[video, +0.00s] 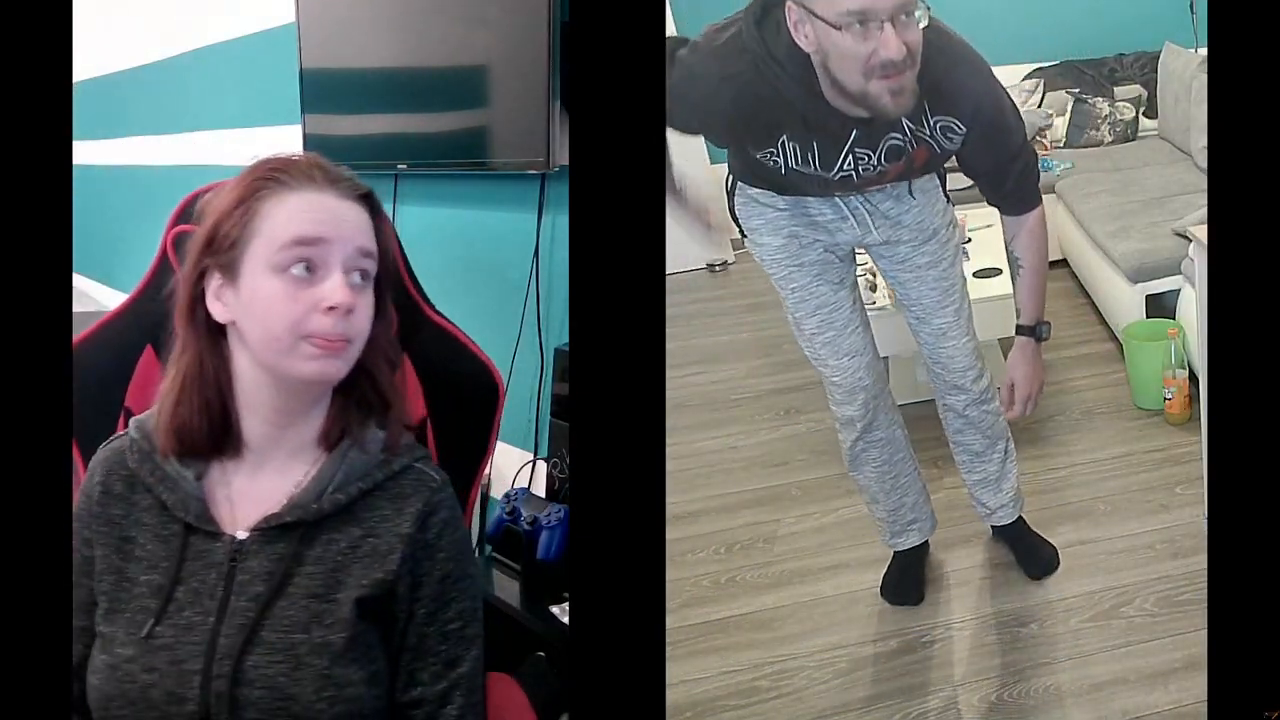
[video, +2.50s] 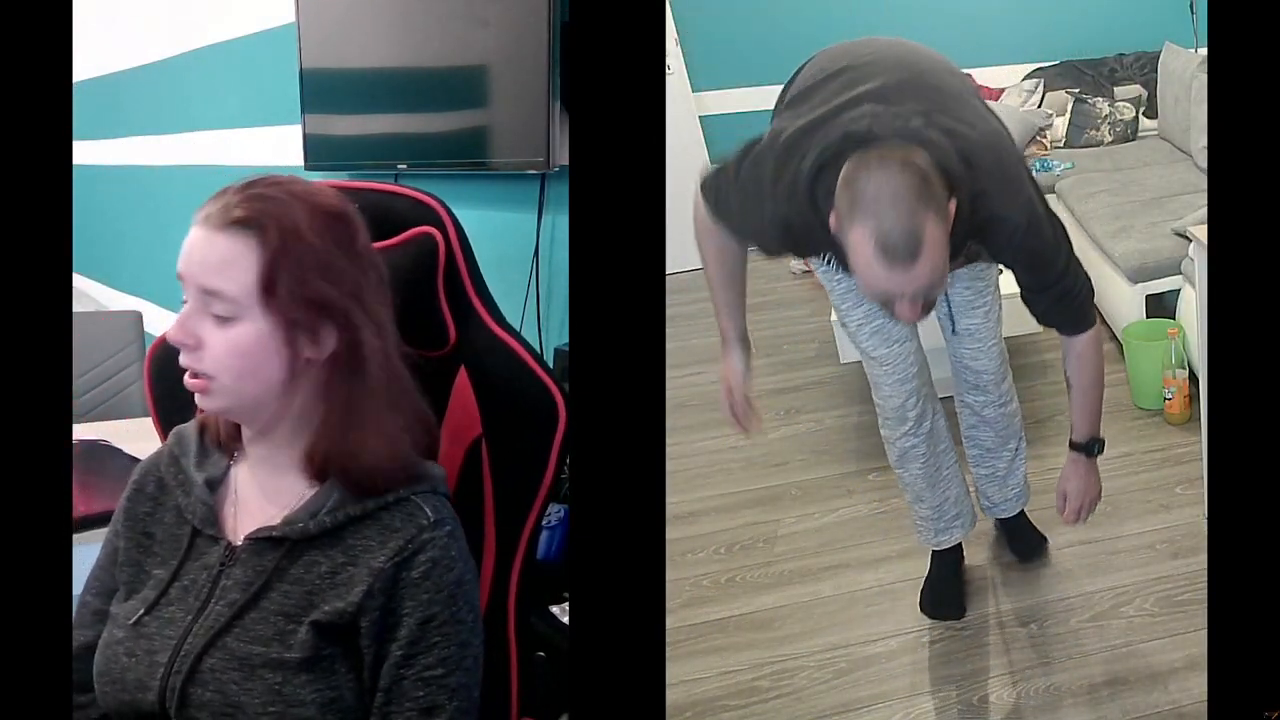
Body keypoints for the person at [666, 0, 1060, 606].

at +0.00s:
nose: (895, 48)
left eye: (906, 17)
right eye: (861, 25)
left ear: (922, 10)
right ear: (802, 27)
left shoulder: (961, 81)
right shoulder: (727, 76)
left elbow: (1022, 202)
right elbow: (668, 100)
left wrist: (1030, 335)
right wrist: (679, 192)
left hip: (909, 189)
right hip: (785, 203)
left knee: (959, 363)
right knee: (854, 386)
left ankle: (1004, 511)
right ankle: (908, 535)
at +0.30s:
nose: (890, 87)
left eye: (901, 55)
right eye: (855, 65)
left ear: (916, 41)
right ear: (802, 65)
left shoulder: (958, 100)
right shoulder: (730, 85)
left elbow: (1029, 221)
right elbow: (679, 14)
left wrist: (1052, 355)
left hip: (917, 190)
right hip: (792, 204)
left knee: (965, 365)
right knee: (857, 390)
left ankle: (1003, 511)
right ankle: (909, 537)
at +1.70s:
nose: (961, 126)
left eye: (982, 96)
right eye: (934, 96)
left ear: (997, 74)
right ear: (888, 79)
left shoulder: (1033, 134)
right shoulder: (814, 77)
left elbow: (1080, 261)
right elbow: (752, 1)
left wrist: (1086, 393)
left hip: (978, 196)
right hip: (856, 185)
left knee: (994, 363)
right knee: (891, 371)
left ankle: (1007, 512)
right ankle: (911, 532)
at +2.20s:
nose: (948, 211)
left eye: (968, 182)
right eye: (924, 186)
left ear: (988, 134)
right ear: (879, 145)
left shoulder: (1025, 150)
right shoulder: (813, 134)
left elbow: (1087, 276)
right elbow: (739, 23)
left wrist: (1097, 403)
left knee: (997, 354)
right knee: (915, 366)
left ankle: (1010, 516)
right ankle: (946, 541)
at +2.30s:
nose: (939, 238)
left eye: (958, 210)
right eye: (913, 213)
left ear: (977, 147)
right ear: (868, 166)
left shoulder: (1017, 161)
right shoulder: (805, 158)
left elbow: (1083, 285)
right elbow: (715, 34)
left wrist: (1094, 412)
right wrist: (712, 23)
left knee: (991, 355)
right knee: (911, 370)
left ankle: (1010, 516)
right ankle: (945, 542)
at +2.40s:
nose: (922, 280)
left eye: (939, 248)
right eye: (896, 251)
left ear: (965, 182)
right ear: (852, 191)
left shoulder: (1015, 186)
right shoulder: (796, 183)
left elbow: (1080, 306)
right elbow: (706, 117)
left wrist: (1091, 431)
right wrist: (731, 265)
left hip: (950, 78)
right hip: (821, 85)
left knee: (986, 364)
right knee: (903, 377)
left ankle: (1009, 514)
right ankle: (944, 541)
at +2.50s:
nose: (911, 315)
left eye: (927, 291)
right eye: (886, 298)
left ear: (949, 217)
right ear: (837, 229)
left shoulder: (1005, 203)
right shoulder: (781, 196)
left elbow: (1080, 322)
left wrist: (1084, 451)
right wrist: (733, 345)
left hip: (938, 79)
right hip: (812, 89)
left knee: (983, 364)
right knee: (899, 386)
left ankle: (1008, 506)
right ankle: (944, 541)